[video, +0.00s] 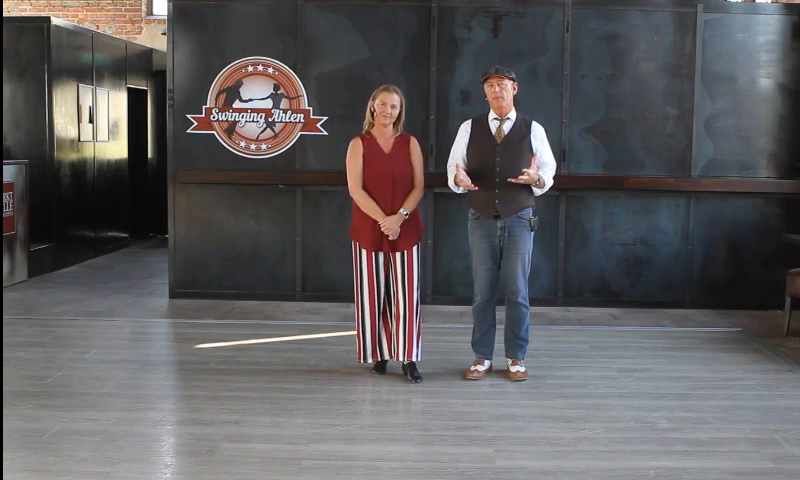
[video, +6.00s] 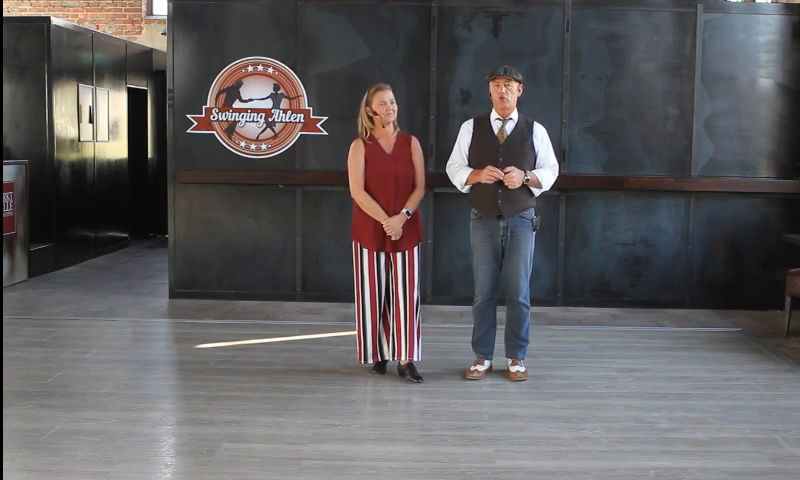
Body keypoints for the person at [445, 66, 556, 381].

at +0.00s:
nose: (496, 91)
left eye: (502, 86)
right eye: (491, 86)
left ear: (514, 89)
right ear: (485, 93)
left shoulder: (533, 130)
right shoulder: (469, 128)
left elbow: (548, 173)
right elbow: (453, 168)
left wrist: (535, 177)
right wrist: (459, 177)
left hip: (519, 219)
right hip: (481, 219)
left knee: (516, 292)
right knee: (483, 292)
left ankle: (516, 359)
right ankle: (482, 358)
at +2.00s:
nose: (502, 90)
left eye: (508, 86)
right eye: (497, 85)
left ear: (517, 91)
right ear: (488, 91)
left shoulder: (533, 130)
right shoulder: (469, 127)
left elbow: (550, 170)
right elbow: (451, 168)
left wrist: (532, 171)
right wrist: (469, 171)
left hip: (520, 220)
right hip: (481, 220)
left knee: (517, 293)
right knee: (483, 292)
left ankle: (516, 358)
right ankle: (482, 358)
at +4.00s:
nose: (495, 94)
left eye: (501, 88)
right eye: (491, 88)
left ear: (514, 93)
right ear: (485, 92)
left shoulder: (531, 129)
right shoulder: (469, 129)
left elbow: (549, 170)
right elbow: (454, 166)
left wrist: (527, 173)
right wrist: (455, 179)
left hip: (520, 220)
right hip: (481, 220)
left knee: (516, 292)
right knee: (483, 292)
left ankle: (516, 358)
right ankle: (482, 358)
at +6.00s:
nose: (503, 92)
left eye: (509, 87)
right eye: (498, 86)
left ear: (518, 91)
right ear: (490, 91)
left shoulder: (535, 130)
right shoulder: (471, 127)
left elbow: (550, 171)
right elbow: (453, 168)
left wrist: (525, 177)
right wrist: (476, 174)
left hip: (521, 220)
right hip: (483, 220)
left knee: (518, 292)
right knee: (484, 292)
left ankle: (516, 359)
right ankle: (482, 358)